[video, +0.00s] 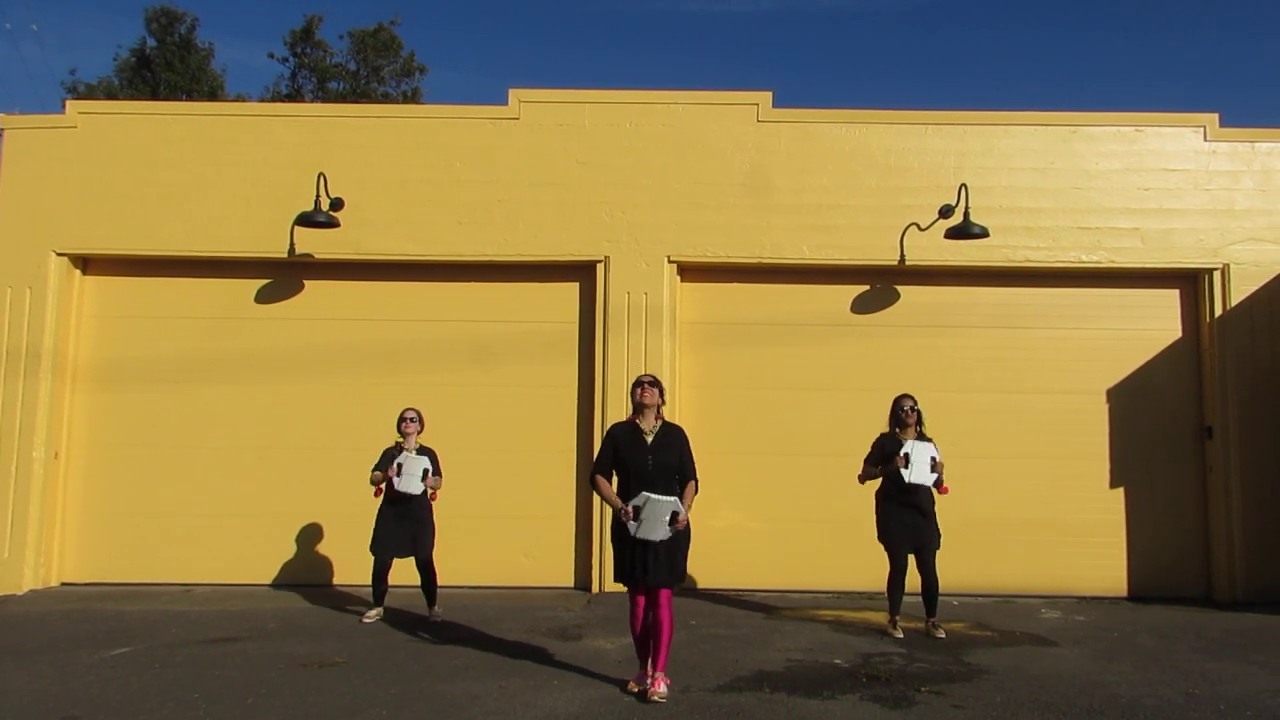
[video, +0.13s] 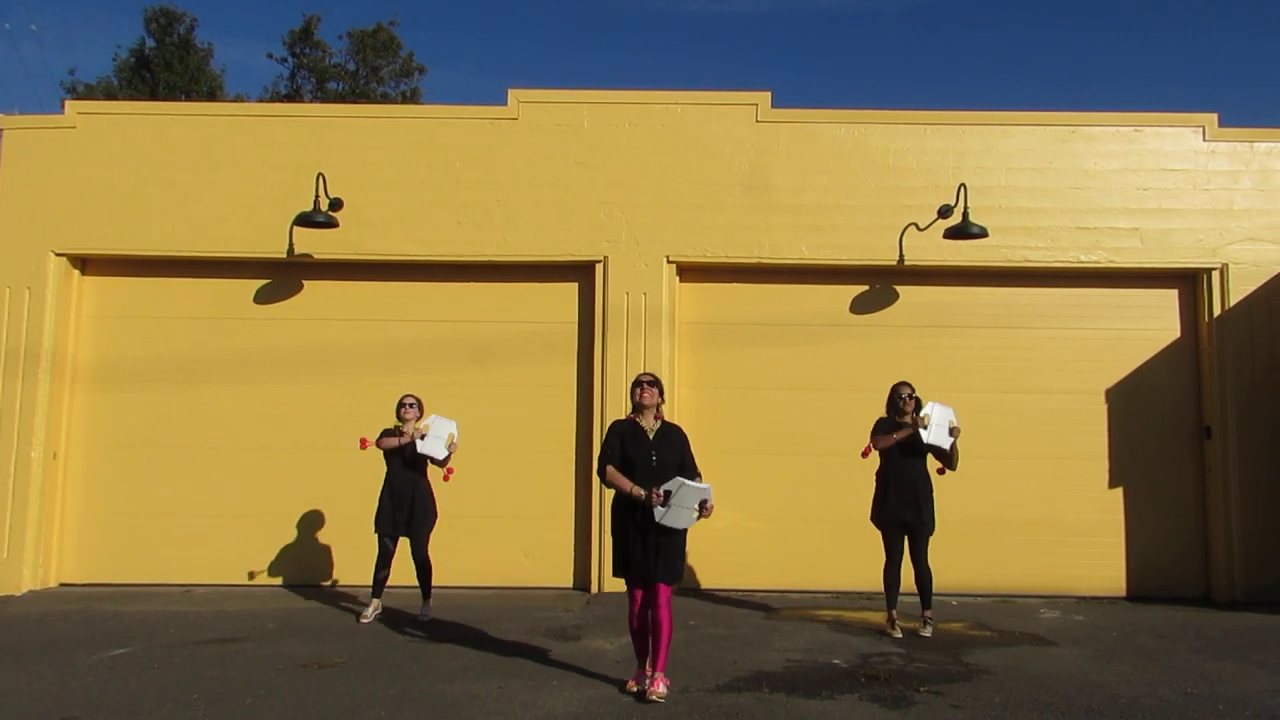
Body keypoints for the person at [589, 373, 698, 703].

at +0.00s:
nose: (644, 389)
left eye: (651, 386)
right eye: (639, 386)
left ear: (661, 397)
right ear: (632, 396)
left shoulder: (675, 433)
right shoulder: (618, 432)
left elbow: (690, 479)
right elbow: (598, 476)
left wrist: (684, 508)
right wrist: (618, 505)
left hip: (669, 525)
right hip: (632, 525)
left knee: (662, 597)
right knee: (638, 599)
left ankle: (659, 674)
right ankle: (644, 669)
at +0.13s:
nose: (643, 390)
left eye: (650, 386)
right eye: (638, 386)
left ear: (660, 397)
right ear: (631, 395)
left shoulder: (675, 433)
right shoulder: (620, 429)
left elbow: (692, 478)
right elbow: (606, 470)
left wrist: (702, 502)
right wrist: (643, 493)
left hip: (668, 528)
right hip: (632, 528)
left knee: (661, 598)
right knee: (637, 599)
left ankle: (659, 674)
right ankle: (643, 670)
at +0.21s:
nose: (642, 391)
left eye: (648, 387)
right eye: (637, 387)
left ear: (658, 395)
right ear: (630, 396)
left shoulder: (673, 434)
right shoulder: (620, 427)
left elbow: (691, 472)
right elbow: (627, 459)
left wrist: (721, 481)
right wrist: (672, 465)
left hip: (667, 525)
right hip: (631, 524)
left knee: (660, 598)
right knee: (637, 599)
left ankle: (658, 674)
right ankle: (642, 669)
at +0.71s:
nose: (660, 415)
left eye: (665, 411)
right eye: (654, 410)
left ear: (673, 417)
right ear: (645, 416)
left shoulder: (682, 448)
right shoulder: (635, 445)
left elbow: (689, 408)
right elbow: (621, 409)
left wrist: (680, 361)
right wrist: (623, 362)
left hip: (667, 535)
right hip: (632, 534)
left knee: (660, 604)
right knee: (635, 607)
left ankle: (661, 677)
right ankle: (645, 673)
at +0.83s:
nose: (656, 397)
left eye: (662, 393)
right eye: (651, 393)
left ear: (672, 401)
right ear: (642, 399)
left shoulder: (680, 427)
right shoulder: (630, 427)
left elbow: (702, 390)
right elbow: (628, 392)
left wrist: (706, 344)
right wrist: (647, 347)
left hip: (674, 522)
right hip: (634, 521)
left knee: (666, 592)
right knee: (640, 596)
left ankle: (660, 673)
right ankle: (651, 668)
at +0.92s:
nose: (651, 399)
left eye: (658, 393)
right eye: (646, 394)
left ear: (668, 397)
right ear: (638, 397)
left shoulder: (677, 421)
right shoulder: (628, 420)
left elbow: (710, 397)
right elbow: (640, 387)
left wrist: (728, 355)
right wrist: (671, 351)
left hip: (674, 516)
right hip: (635, 516)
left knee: (665, 593)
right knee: (647, 596)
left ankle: (665, 673)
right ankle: (673, 658)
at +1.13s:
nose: (663, 396)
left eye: (667, 392)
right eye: (657, 392)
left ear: (673, 400)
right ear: (646, 398)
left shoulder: (682, 431)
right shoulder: (631, 431)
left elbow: (718, 413)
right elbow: (633, 404)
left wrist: (722, 368)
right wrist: (658, 367)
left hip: (674, 522)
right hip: (637, 523)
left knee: (664, 596)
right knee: (648, 599)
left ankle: (663, 674)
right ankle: (684, 650)